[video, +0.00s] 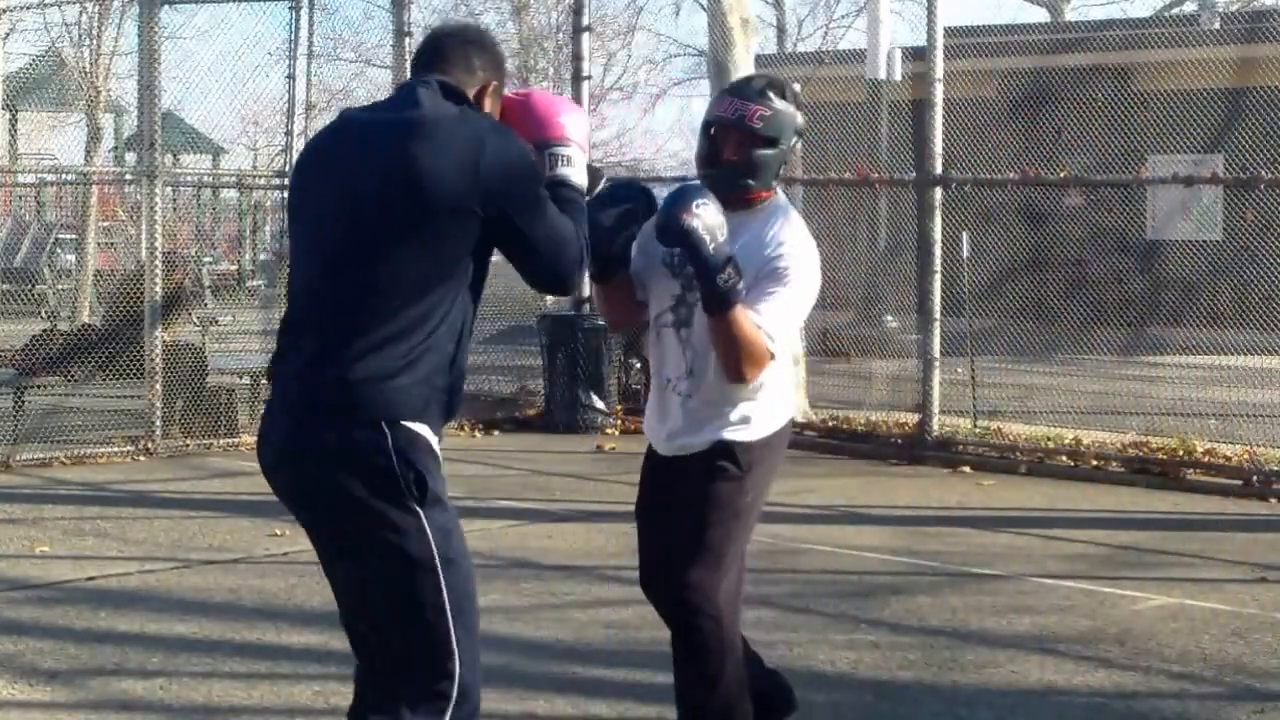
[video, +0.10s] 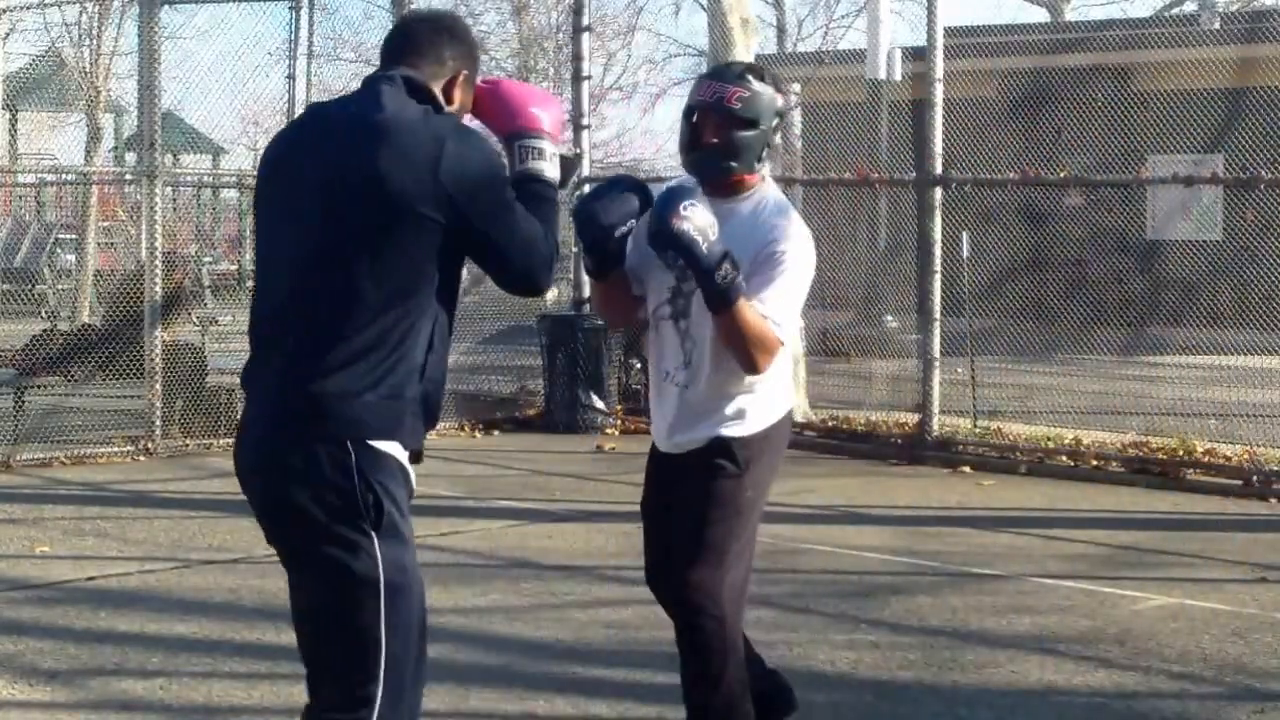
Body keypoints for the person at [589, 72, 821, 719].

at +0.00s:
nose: (722, 151)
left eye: (741, 140)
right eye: (715, 134)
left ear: (776, 153)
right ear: (701, 136)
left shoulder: (787, 244)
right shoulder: (679, 207)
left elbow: (746, 365)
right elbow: (625, 316)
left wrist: (715, 267)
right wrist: (604, 253)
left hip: (740, 433)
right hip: (673, 429)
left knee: (703, 592)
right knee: (663, 579)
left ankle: (716, 712)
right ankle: (765, 694)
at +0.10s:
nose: (702, 133)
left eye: (722, 121)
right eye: (696, 117)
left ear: (757, 136)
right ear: (685, 124)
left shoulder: (782, 232)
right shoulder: (669, 208)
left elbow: (760, 354)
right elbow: (623, 316)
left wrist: (713, 266)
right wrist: (601, 251)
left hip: (743, 429)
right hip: (675, 429)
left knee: (706, 593)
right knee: (670, 579)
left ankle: (719, 711)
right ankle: (766, 696)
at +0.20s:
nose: (677, 132)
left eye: (695, 118)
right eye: (666, 117)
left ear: (735, 127)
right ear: (654, 124)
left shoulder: (760, 217)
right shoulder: (657, 208)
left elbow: (783, 341)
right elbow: (623, 321)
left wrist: (701, 282)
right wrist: (604, 241)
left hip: (749, 426)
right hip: (688, 428)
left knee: (698, 585)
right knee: (667, 571)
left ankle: (722, 710)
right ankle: (764, 702)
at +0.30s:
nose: (652, 153)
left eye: (669, 138)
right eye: (643, 140)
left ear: (706, 139)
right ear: (633, 147)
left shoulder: (745, 226)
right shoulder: (656, 232)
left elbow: (794, 343)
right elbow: (629, 353)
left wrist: (699, 309)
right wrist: (606, 272)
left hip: (751, 437)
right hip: (696, 439)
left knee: (682, 592)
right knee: (686, 593)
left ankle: (713, 715)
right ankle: (768, 712)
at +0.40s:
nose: (648, 155)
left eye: (663, 139)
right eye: (636, 142)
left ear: (697, 141)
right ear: (626, 152)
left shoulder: (737, 221)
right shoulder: (661, 233)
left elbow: (796, 321)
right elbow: (652, 357)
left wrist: (699, 309)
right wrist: (616, 289)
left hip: (748, 430)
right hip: (699, 432)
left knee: (673, 584)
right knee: (702, 591)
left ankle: (711, 713)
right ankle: (764, 710)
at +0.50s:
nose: (639, 141)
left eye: (653, 126)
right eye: (631, 128)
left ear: (688, 130)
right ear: (626, 138)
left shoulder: (725, 206)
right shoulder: (653, 223)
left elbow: (793, 304)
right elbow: (648, 346)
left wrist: (693, 293)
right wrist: (612, 271)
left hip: (745, 417)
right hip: (697, 419)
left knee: (670, 571)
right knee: (718, 591)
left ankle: (696, 711)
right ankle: (765, 712)